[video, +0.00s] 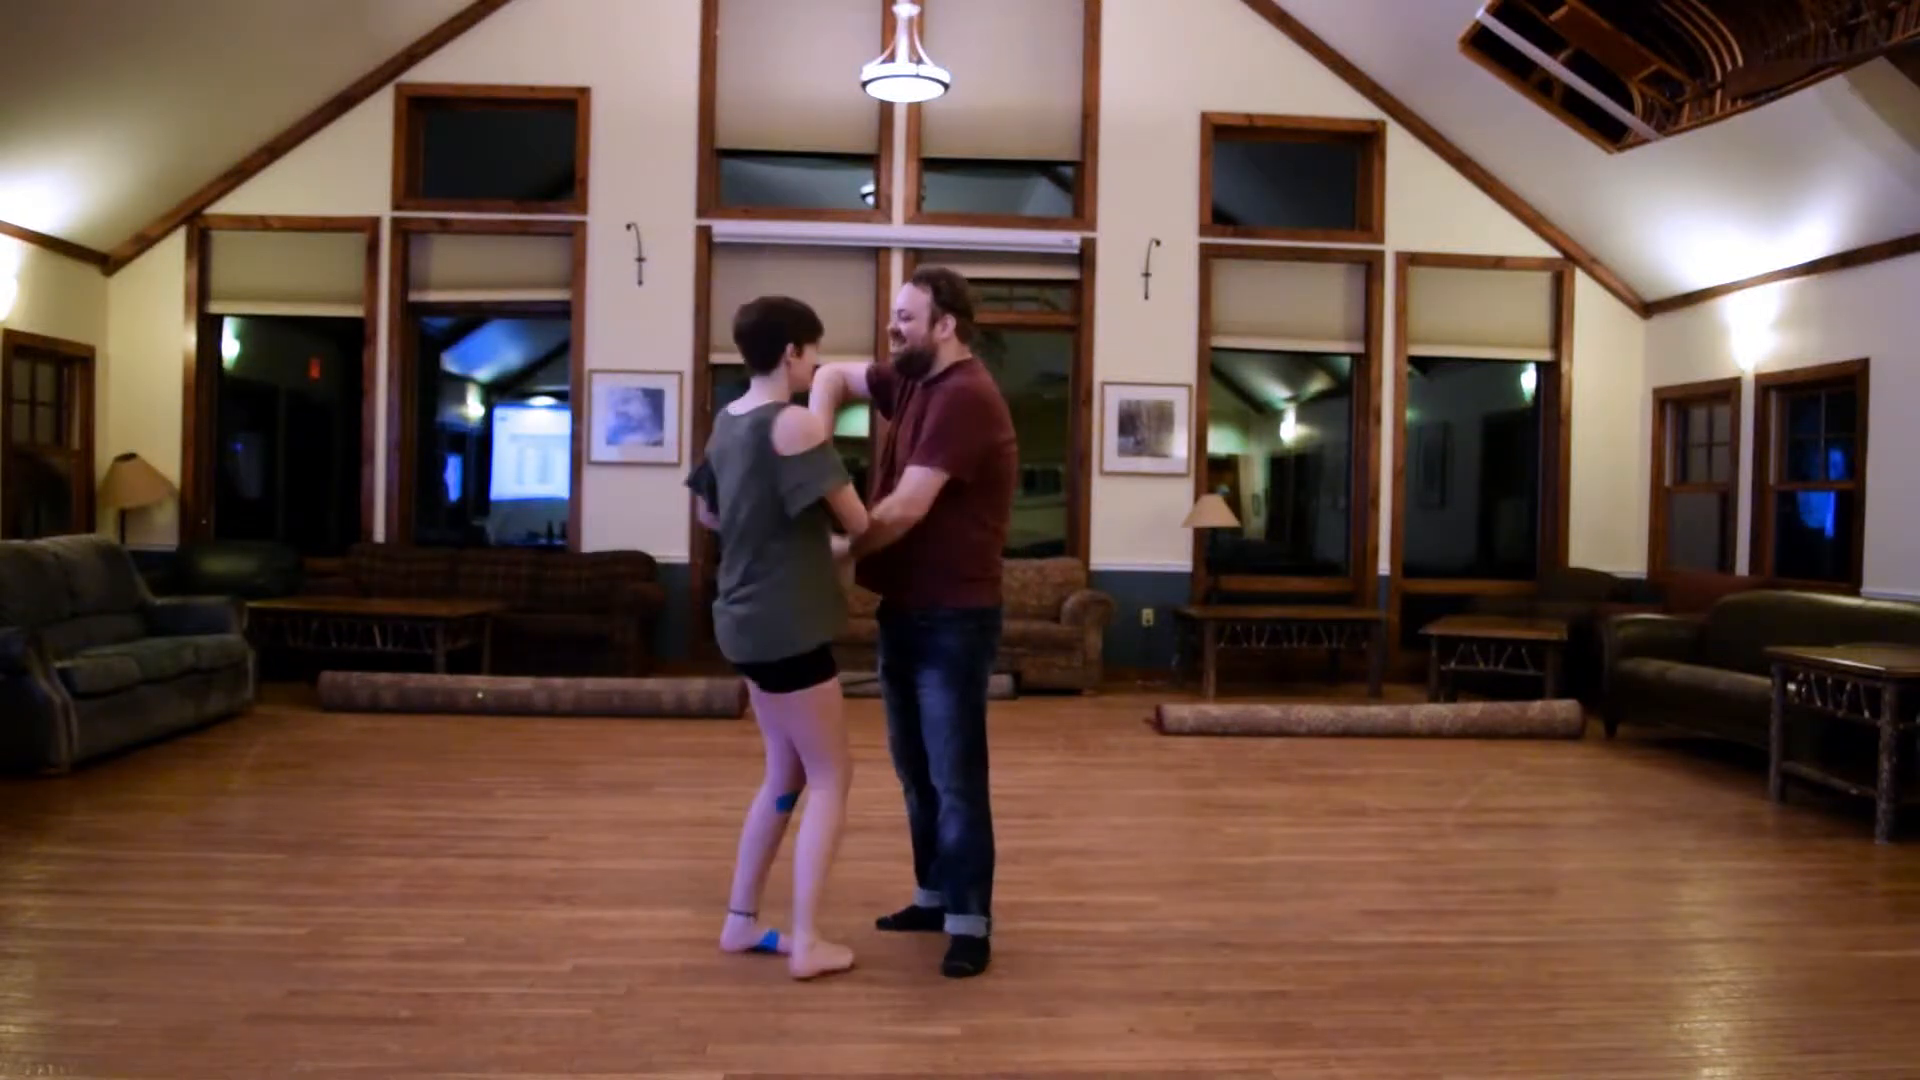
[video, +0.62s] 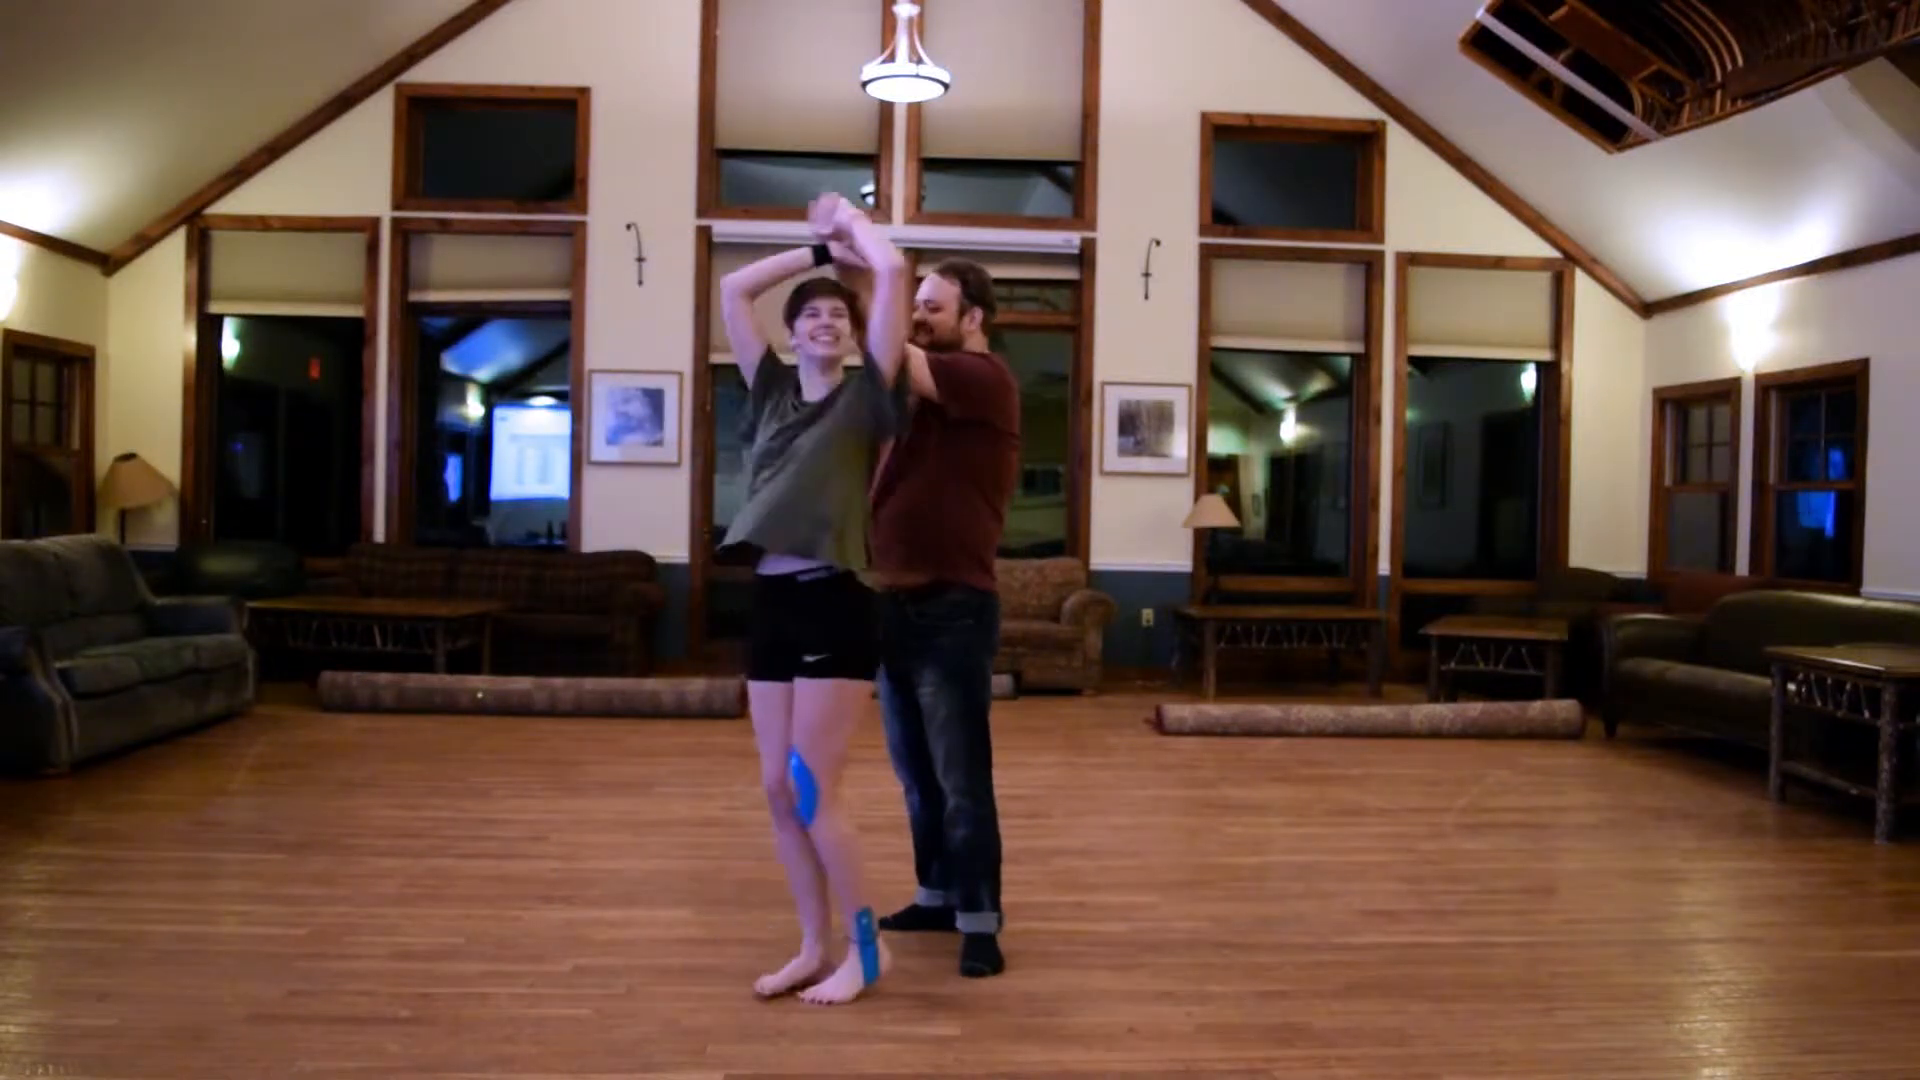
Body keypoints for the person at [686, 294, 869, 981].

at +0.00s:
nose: (817, 363)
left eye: (814, 352)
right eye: (813, 352)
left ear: (752, 355)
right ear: (792, 355)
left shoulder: (726, 421)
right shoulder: (798, 424)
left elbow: (709, 513)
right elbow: (855, 519)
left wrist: (784, 526)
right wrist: (848, 536)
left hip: (744, 623)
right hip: (791, 629)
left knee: (782, 776)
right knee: (830, 776)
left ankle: (740, 921)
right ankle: (805, 943)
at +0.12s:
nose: (825, 354)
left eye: (821, 344)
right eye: (823, 346)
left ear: (757, 351)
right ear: (813, 351)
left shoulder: (724, 425)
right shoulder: (830, 418)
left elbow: (693, 479)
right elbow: (866, 486)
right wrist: (845, 430)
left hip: (749, 621)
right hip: (822, 626)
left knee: (773, 774)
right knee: (827, 788)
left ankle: (740, 921)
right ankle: (834, 945)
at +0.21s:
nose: (757, 354)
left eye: (760, 344)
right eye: (832, 333)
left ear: (763, 348)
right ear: (829, 346)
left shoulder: (734, 423)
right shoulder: (850, 418)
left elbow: (690, 402)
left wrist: (741, 385)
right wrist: (773, 379)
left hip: (757, 620)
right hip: (839, 623)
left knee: (772, 777)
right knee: (829, 788)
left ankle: (748, 925)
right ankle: (835, 949)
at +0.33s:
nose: (775, 320)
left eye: (780, 313)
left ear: (783, 336)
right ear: (845, 345)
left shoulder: (759, 394)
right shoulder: (859, 413)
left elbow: (700, 317)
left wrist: (746, 302)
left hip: (782, 611)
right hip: (860, 614)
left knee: (779, 785)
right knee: (831, 783)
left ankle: (825, 937)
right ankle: (826, 938)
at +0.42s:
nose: (768, 322)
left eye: (780, 313)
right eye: (779, 312)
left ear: (802, 323)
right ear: (838, 332)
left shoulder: (782, 376)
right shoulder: (858, 406)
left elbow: (729, 276)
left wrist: (773, 254)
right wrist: (789, 269)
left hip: (795, 601)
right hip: (854, 603)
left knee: (775, 780)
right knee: (828, 775)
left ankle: (852, 936)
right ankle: (836, 932)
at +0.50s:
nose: (800, 317)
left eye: (811, 305)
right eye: (804, 306)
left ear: (837, 317)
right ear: (844, 324)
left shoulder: (833, 383)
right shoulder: (803, 392)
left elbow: (792, 261)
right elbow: (730, 334)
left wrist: (800, 242)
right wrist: (781, 267)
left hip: (817, 595)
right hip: (809, 593)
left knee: (784, 783)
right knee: (810, 777)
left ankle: (852, 945)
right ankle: (827, 937)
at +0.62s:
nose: (823, 324)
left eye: (836, 317)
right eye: (811, 316)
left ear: (855, 330)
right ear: (791, 331)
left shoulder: (869, 393)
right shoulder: (773, 391)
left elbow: (893, 273)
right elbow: (735, 290)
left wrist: (849, 225)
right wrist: (815, 247)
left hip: (837, 599)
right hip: (771, 596)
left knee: (813, 791)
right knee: (780, 791)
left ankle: (858, 951)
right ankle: (818, 947)